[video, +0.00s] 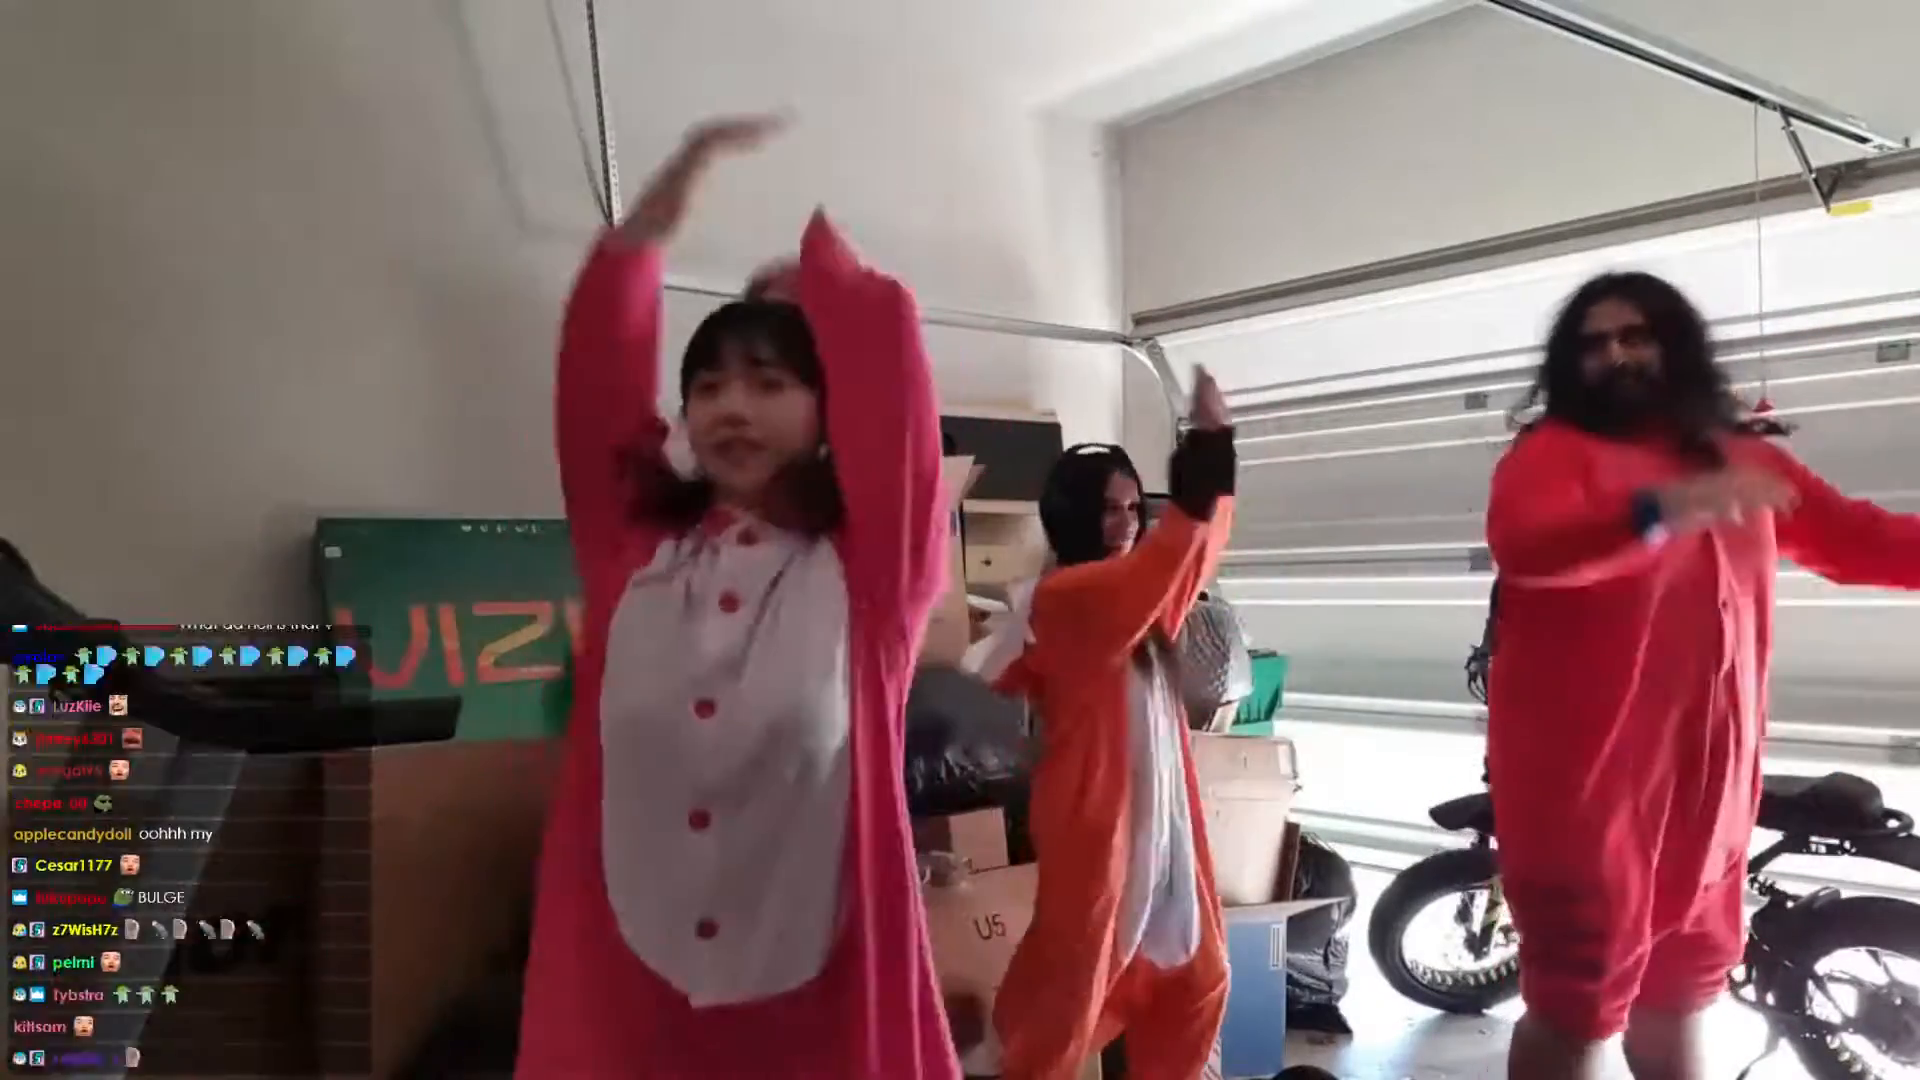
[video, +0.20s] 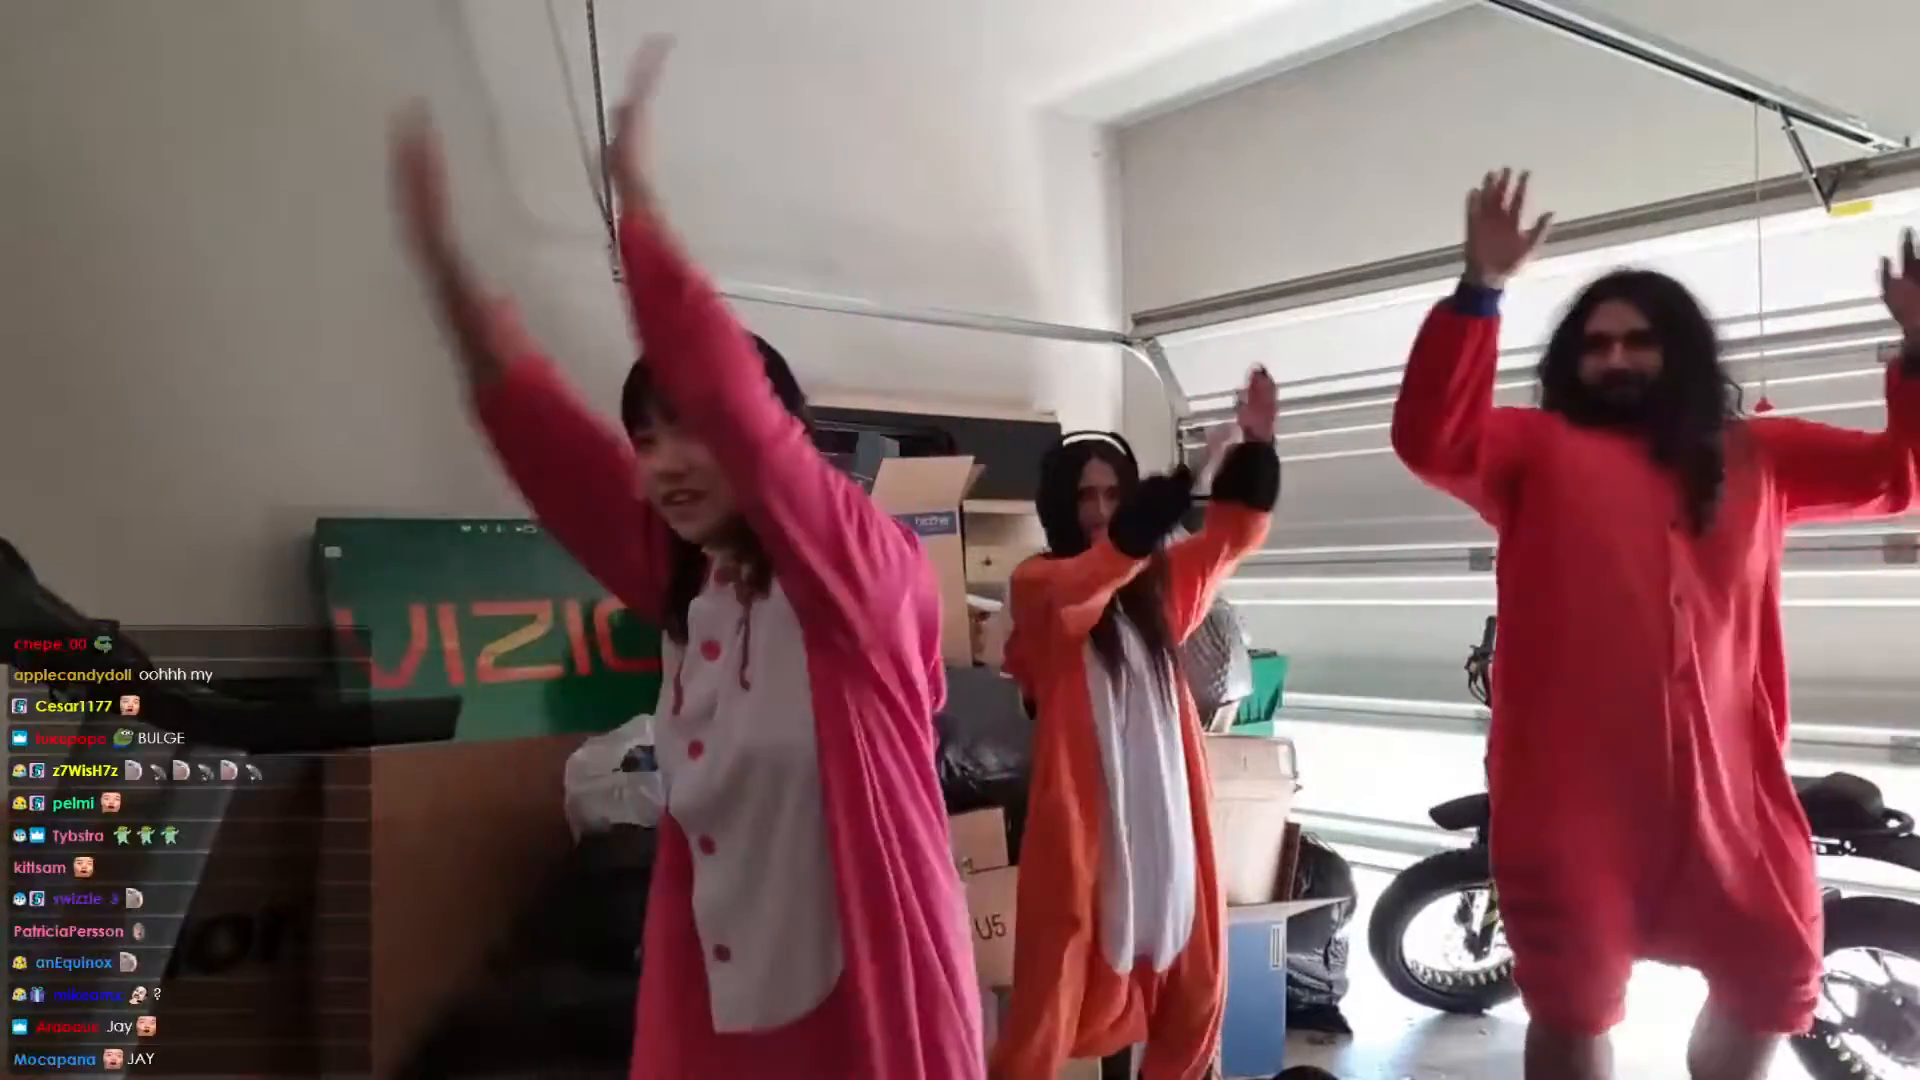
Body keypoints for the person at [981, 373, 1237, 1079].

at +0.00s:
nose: (1127, 521)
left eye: (1133, 508)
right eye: (1109, 507)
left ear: (1141, 512)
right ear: (1070, 516)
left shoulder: (1141, 592)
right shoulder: (1061, 597)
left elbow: (1200, 549)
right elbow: (1157, 571)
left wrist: (1212, 455)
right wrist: (1205, 449)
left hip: (1165, 822)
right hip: (1095, 826)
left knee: (1194, 981)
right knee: (1071, 983)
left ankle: (1168, 1073)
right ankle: (1029, 1064)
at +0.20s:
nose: (1105, 506)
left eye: (1116, 492)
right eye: (1088, 494)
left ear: (1135, 497)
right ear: (1059, 505)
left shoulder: (1161, 580)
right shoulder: (1039, 584)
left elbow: (1230, 533)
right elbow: (1088, 577)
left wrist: (1257, 444)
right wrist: (1183, 491)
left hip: (1172, 825)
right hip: (1079, 832)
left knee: (1194, 1002)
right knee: (1048, 1017)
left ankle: (1176, 1073)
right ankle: (1022, 1074)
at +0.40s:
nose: (1075, 546)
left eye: (1089, 530)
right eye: (1061, 534)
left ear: (1114, 540)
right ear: (1045, 547)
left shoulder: (1153, 624)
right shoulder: (1025, 636)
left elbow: (1198, 716)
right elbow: (1052, 736)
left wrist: (1231, 815)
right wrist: (1100, 825)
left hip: (1147, 827)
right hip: (1056, 837)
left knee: (1187, 990)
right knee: (1065, 985)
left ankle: (1179, 1068)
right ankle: (1080, 1069)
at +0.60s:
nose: (1045, 508)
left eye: (1060, 495)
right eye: (1037, 496)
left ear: (1093, 505)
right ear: (1025, 507)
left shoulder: (1129, 597)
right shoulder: (1001, 596)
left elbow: (1120, 695)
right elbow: (970, 693)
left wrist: (1090, 783)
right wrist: (949, 782)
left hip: (1096, 811)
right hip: (1007, 811)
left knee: (1133, 966)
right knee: (1014, 967)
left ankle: (1172, 1065)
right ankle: (1035, 1068)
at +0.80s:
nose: (1048, 493)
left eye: (1063, 479)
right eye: (1037, 478)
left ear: (1095, 484)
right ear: (1018, 482)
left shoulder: (1117, 559)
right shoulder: (986, 550)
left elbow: (1075, 489)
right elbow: (898, 499)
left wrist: (1027, 401)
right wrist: (849, 422)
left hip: (1102, 803)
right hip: (1004, 805)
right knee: (973, 968)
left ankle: (1178, 1057)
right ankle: (967, 1057)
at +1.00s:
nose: (993, 550)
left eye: (1008, 534)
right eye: (992, 536)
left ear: (1051, 541)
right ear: (989, 548)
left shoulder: (1090, 635)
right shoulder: (992, 630)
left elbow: (1092, 523)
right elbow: (946, 524)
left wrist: (1064, 394)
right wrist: (941, 417)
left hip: (1085, 881)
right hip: (995, 886)